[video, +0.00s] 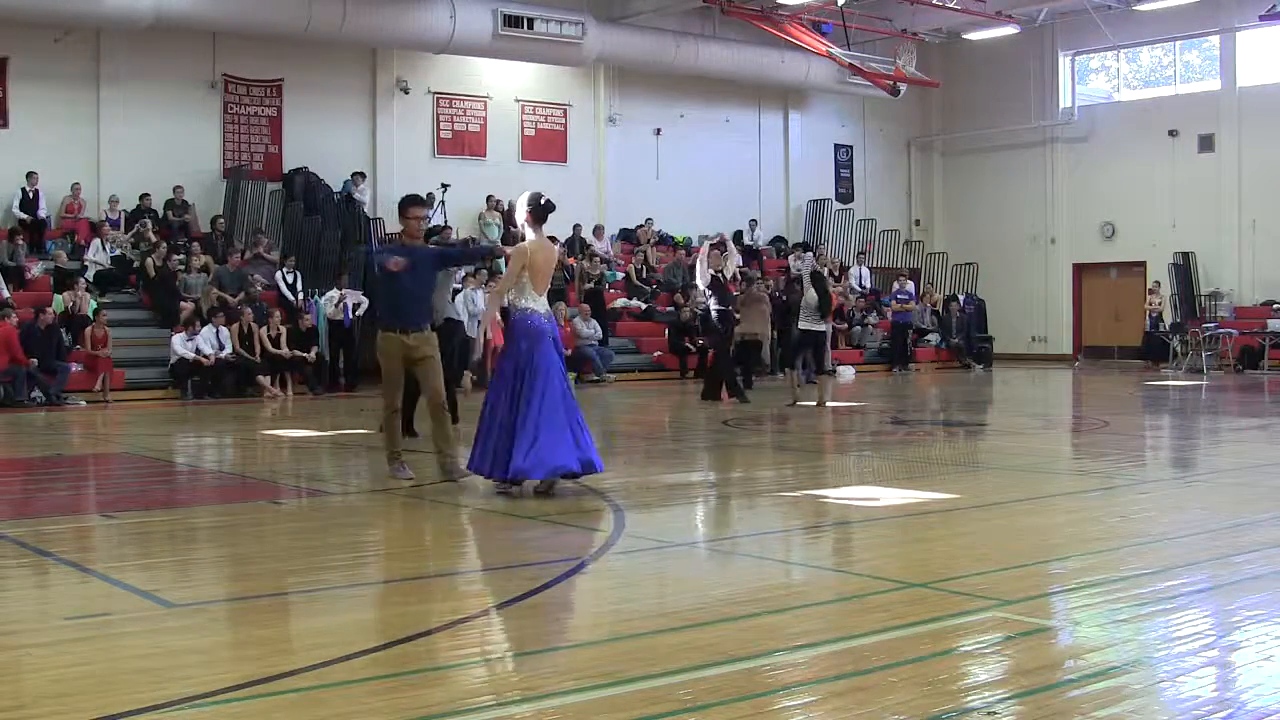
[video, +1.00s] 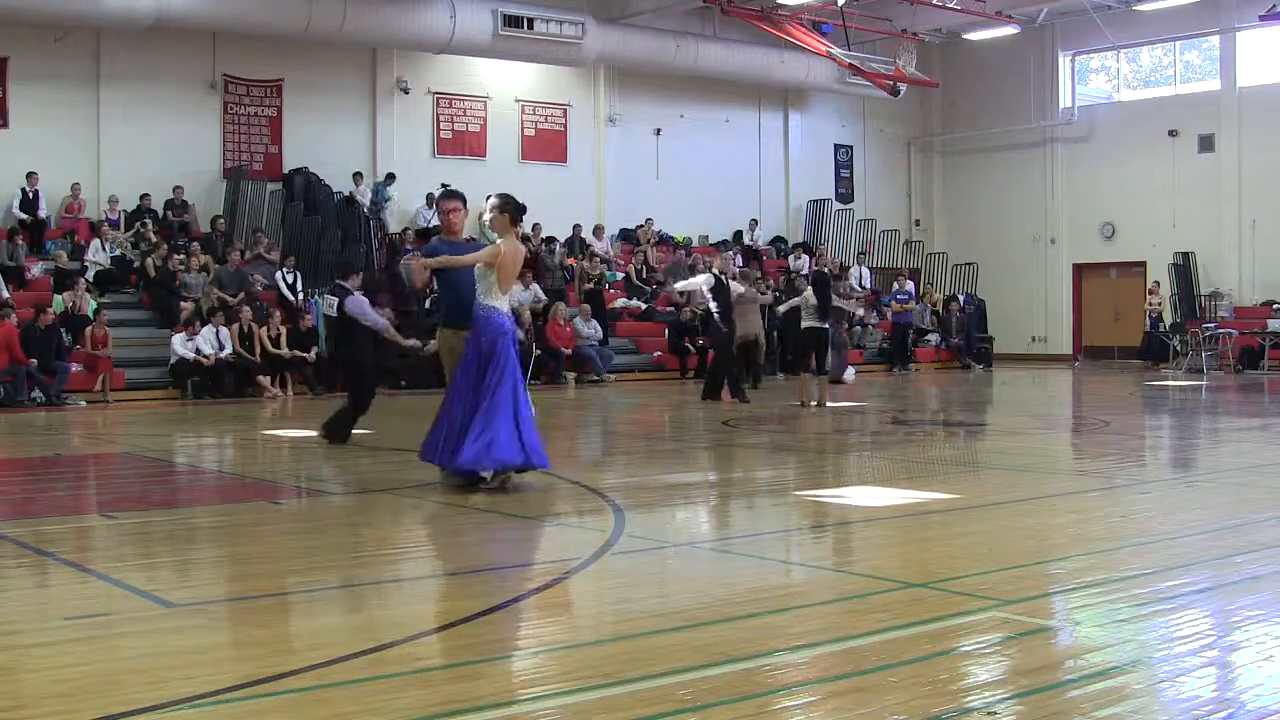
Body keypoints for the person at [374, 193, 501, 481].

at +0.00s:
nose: (420, 225)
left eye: (424, 219)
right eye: (414, 219)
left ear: (427, 221)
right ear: (401, 221)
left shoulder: (430, 254)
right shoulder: (383, 251)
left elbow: (461, 254)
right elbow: (368, 257)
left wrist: (496, 251)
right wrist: (384, 262)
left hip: (423, 336)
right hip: (391, 337)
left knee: (438, 397)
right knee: (393, 401)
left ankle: (449, 463)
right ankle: (395, 460)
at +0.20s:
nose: (427, 224)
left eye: (432, 219)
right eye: (422, 218)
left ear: (440, 222)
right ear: (413, 220)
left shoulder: (445, 253)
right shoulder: (401, 252)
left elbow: (476, 255)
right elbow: (403, 272)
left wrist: (507, 253)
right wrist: (423, 282)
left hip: (442, 337)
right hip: (409, 338)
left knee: (451, 402)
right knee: (404, 403)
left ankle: (456, 465)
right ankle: (397, 459)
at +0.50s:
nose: (443, 221)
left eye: (449, 215)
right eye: (438, 215)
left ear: (459, 217)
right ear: (432, 217)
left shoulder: (471, 249)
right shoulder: (422, 252)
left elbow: (500, 258)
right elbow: (418, 294)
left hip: (469, 332)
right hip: (440, 332)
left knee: (470, 396)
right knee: (447, 395)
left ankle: (464, 455)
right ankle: (426, 448)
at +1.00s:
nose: (450, 217)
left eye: (455, 211)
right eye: (445, 213)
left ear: (465, 213)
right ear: (439, 216)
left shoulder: (479, 247)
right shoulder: (434, 248)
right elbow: (421, 283)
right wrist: (416, 266)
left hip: (482, 327)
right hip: (452, 328)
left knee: (484, 389)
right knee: (458, 390)